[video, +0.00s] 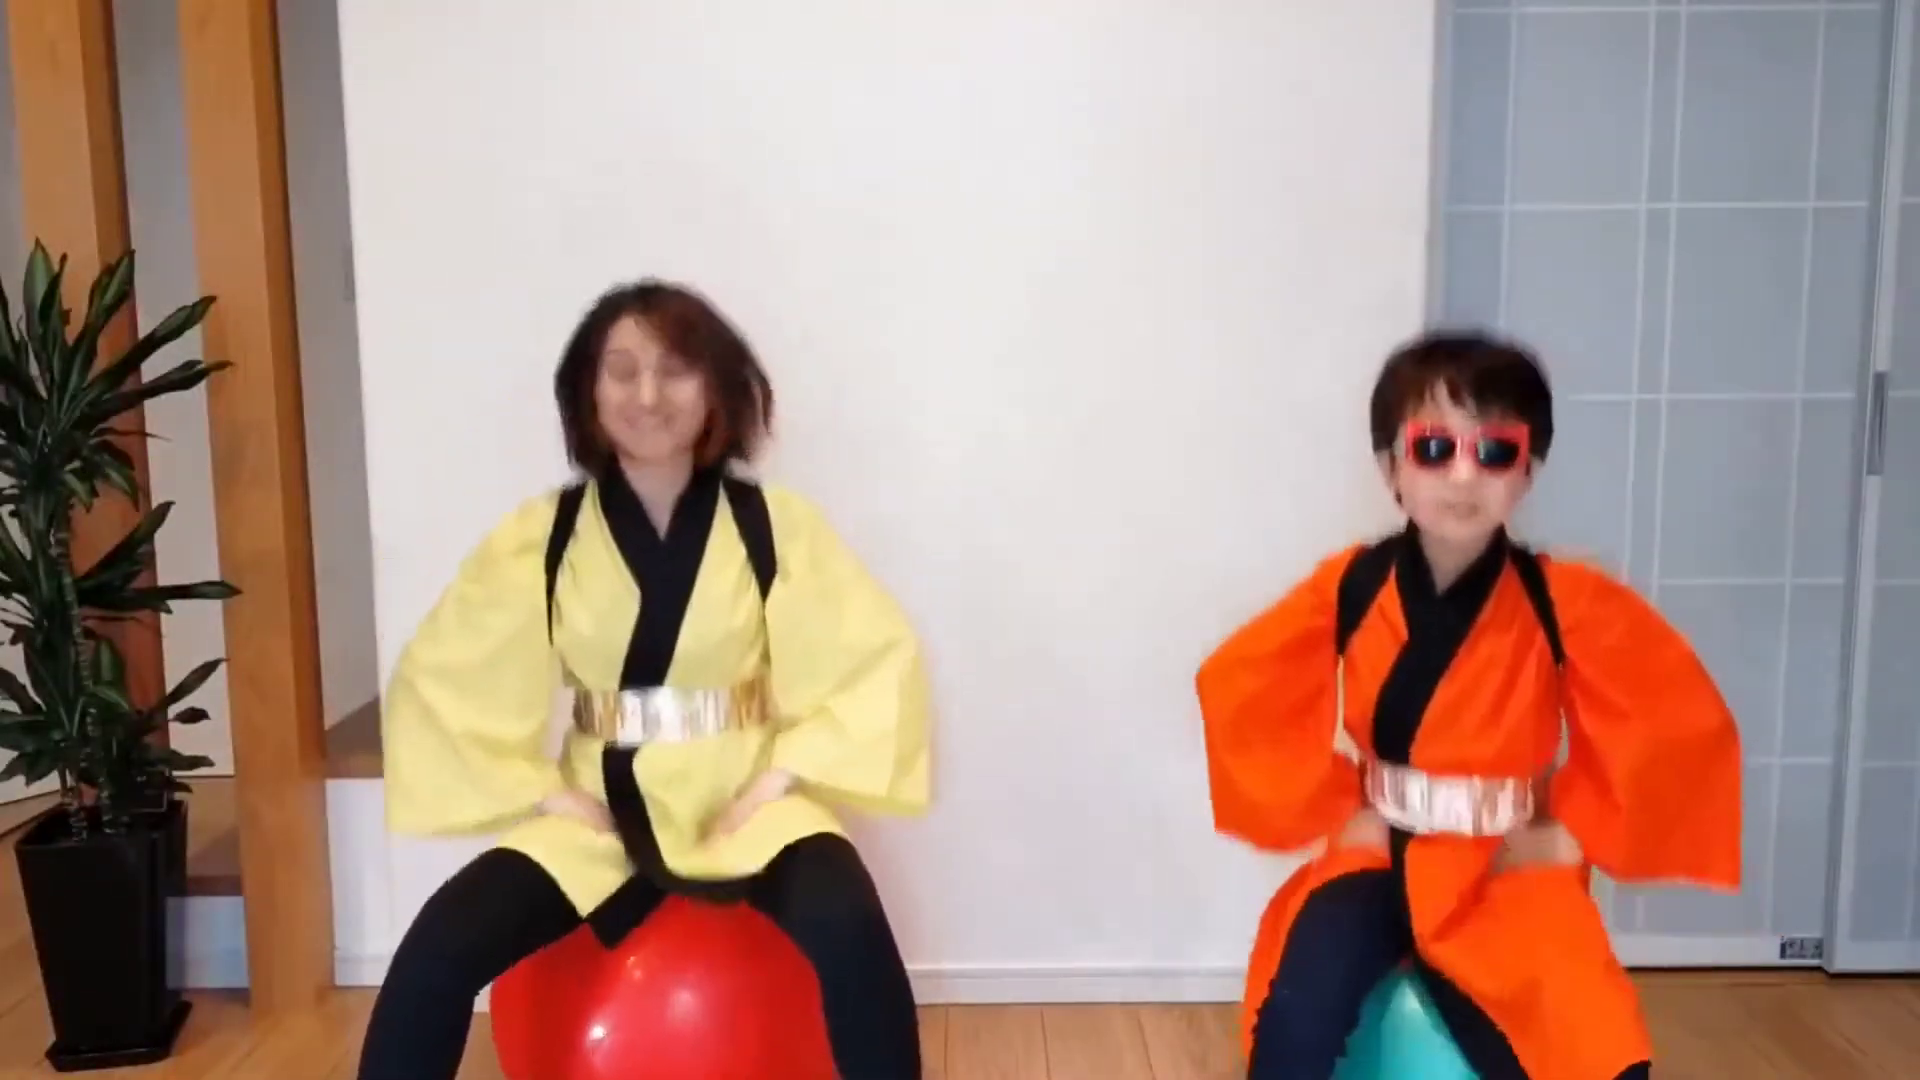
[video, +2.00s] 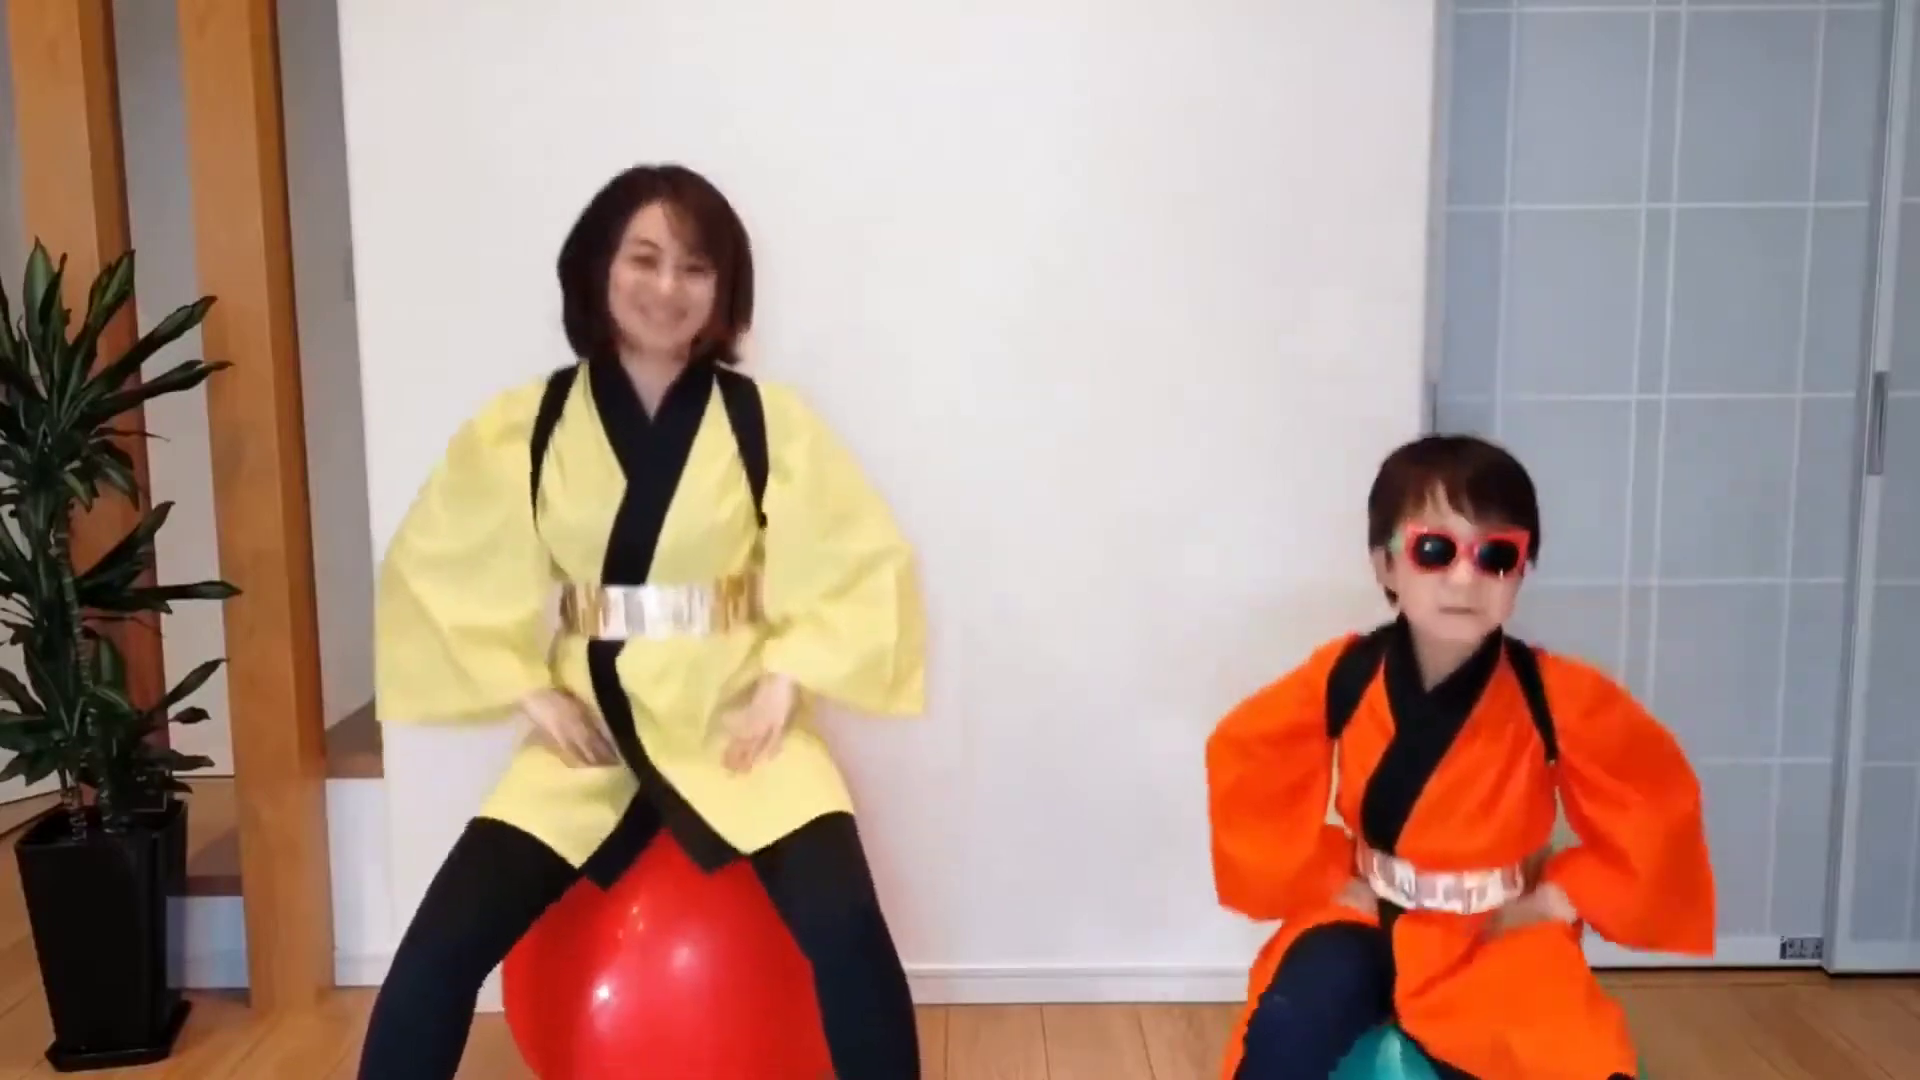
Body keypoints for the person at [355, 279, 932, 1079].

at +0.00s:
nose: (648, 392)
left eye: (675, 369)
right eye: (622, 370)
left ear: (716, 393)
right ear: (590, 394)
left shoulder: (774, 526)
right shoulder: (543, 534)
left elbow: (880, 660)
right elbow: (434, 684)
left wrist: (778, 772)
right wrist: (543, 791)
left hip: (748, 814)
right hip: (592, 824)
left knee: (848, 921)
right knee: (441, 941)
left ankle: (888, 1073)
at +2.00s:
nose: (667, 288)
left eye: (693, 267)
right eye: (643, 260)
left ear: (724, 289)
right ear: (598, 273)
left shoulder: (768, 425)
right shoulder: (522, 426)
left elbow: (863, 568)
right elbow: (431, 567)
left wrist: (787, 671)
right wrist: (529, 687)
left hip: (745, 727)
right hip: (581, 735)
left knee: (849, 934)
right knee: (438, 948)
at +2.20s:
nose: (675, 383)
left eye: (702, 362)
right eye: (650, 358)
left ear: (728, 386)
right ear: (603, 375)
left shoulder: (765, 524)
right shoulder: (540, 521)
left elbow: (808, 643)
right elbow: (456, 644)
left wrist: (836, 698)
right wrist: (390, 738)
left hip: (742, 805)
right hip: (591, 814)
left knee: (844, 905)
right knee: (434, 941)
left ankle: (885, 1073)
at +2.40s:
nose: (690, 362)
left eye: (715, 343)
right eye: (665, 337)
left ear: (743, 367)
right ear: (624, 352)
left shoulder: (772, 503)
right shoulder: (556, 484)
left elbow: (871, 676)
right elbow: (431, 603)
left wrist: (816, 585)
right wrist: (363, 563)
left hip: (733, 799)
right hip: (582, 804)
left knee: (844, 928)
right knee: (427, 944)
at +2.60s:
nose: (730, 312)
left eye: (760, 292)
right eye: (707, 282)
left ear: (793, 319)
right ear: (662, 294)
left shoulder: (801, 462)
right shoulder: (578, 411)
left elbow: (833, 601)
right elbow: (471, 501)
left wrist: (832, 674)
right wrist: (476, 580)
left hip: (733, 733)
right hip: (577, 735)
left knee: (849, 882)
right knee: (408, 933)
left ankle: (917, 1072)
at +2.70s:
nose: (737, 367)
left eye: (766, 348)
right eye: (716, 339)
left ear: (799, 375)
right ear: (675, 356)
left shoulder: (805, 531)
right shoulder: (588, 484)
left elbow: (824, 694)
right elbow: (491, 623)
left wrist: (875, 827)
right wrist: (498, 747)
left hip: (735, 787)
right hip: (577, 782)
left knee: (857, 935)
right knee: (394, 940)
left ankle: (915, 1073)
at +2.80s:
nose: (720, 419)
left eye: (748, 400)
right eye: (695, 397)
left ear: (780, 428)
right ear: (657, 417)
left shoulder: (797, 588)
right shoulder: (588, 547)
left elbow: (867, 728)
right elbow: (509, 666)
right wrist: (493, 742)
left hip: (734, 846)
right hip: (578, 842)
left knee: (854, 921)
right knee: (401, 940)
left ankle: (910, 1077)